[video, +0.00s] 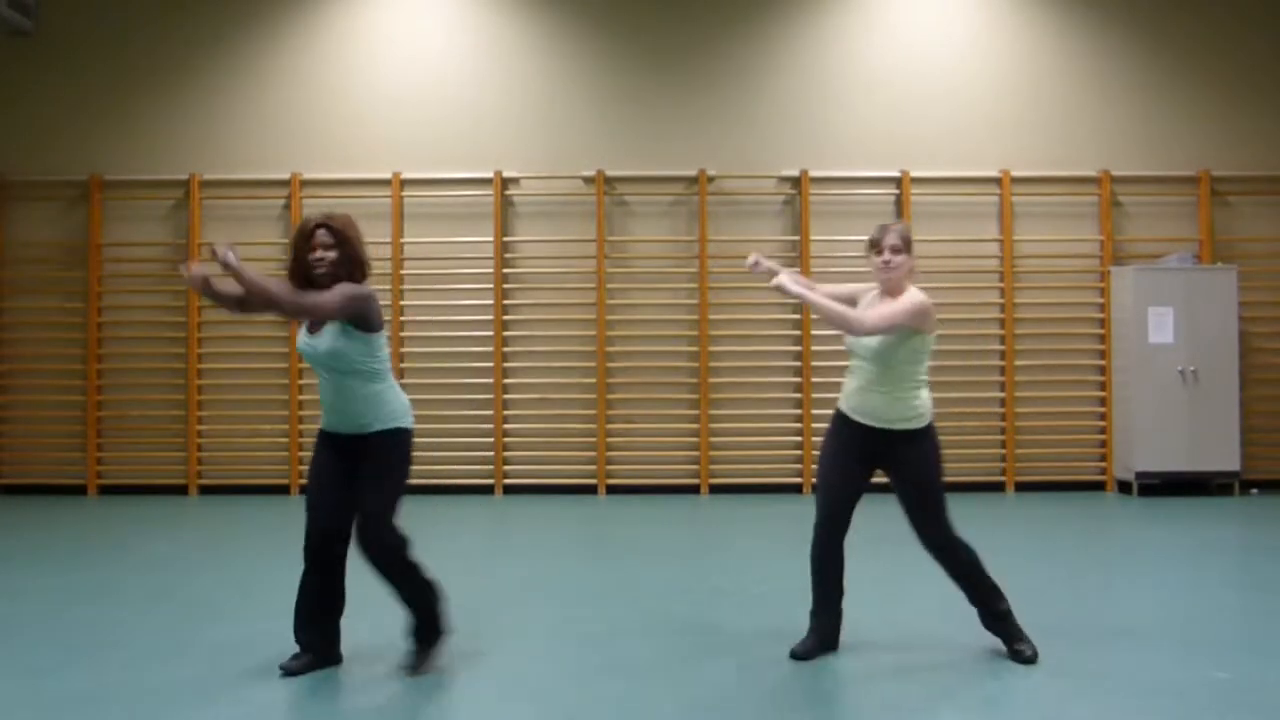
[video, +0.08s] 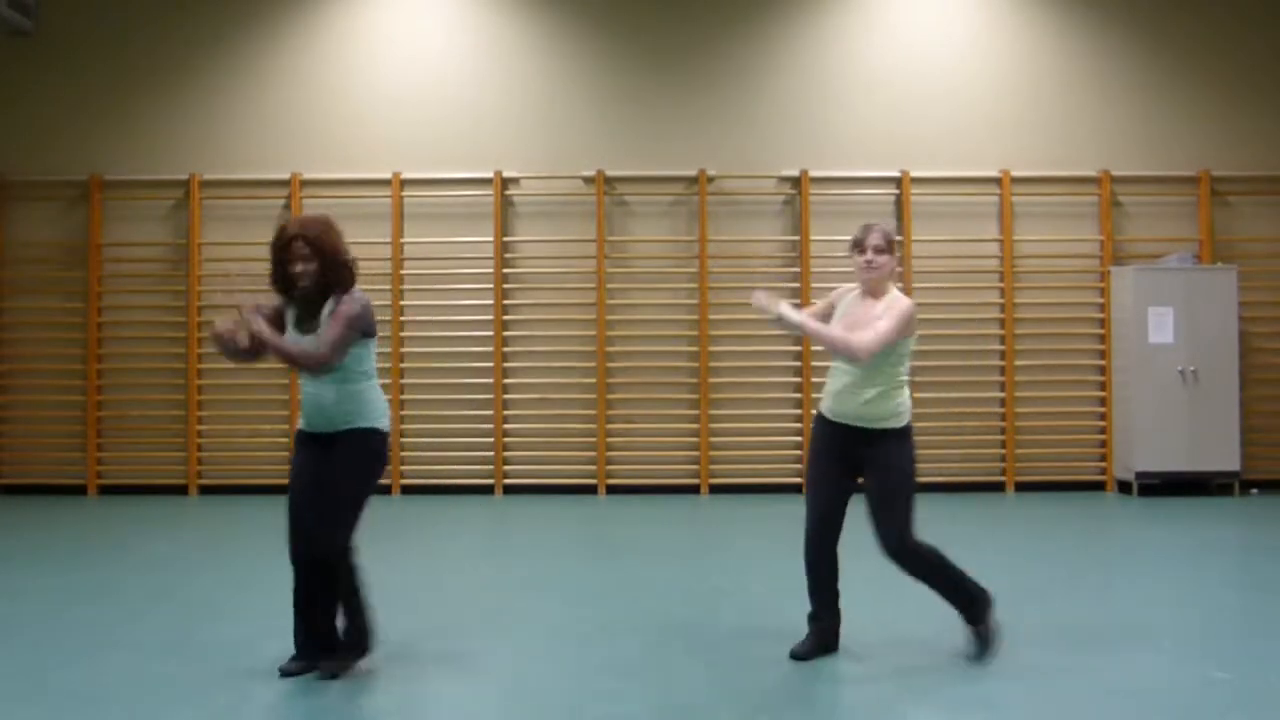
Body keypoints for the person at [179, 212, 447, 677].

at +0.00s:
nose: (321, 255)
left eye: (330, 247)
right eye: (313, 248)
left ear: (349, 253)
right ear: (302, 257)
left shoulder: (358, 297)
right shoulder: (302, 298)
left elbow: (299, 305)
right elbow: (247, 301)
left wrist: (238, 268)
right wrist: (206, 284)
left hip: (385, 434)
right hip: (335, 436)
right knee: (323, 544)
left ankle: (428, 619)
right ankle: (320, 648)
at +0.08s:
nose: (300, 268)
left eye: (309, 258)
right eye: (291, 260)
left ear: (328, 260)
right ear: (283, 265)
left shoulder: (352, 304)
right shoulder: (288, 308)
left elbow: (321, 357)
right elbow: (253, 350)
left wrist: (263, 332)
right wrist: (230, 340)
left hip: (359, 433)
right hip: (314, 434)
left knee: (329, 539)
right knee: (304, 546)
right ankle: (314, 647)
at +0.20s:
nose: (274, 282)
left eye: (281, 271)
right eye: (267, 274)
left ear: (302, 267)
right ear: (261, 275)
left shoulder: (337, 309)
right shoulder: (275, 314)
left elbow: (331, 375)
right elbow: (282, 382)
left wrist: (268, 372)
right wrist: (252, 379)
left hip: (325, 439)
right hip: (282, 437)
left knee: (287, 540)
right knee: (248, 539)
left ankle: (319, 652)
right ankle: (296, 650)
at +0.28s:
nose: (265, 255)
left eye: (273, 245)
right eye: (258, 249)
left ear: (294, 247)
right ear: (253, 257)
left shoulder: (321, 299)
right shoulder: (265, 304)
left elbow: (297, 346)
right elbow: (255, 366)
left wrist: (248, 324)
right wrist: (220, 342)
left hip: (308, 435)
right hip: (263, 433)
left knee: (289, 544)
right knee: (211, 525)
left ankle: (319, 651)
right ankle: (262, 623)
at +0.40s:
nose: (254, 233)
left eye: (264, 228)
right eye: (249, 227)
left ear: (282, 240)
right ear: (240, 235)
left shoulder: (289, 290)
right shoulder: (233, 289)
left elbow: (245, 266)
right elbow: (192, 300)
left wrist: (193, 232)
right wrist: (164, 257)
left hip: (282, 431)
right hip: (232, 430)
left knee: (286, 537)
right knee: (183, 519)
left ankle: (316, 651)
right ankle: (168, 622)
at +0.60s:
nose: (217, 254)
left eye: (229, 251)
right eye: (212, 247)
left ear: (243, 267)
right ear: (200, 256)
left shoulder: (243, 313)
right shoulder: (187, 294)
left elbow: (192, 287)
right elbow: (147, 250)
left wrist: (154, 230)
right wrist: (97, 219)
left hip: (225, 447)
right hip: (172, 443)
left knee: (211, 546)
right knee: (137, 543)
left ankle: (287, 640)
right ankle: (111, 648)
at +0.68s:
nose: (197, 269)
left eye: (209, 265)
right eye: (192, 262)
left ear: (226, 277)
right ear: (183, 269)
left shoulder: (238, 328)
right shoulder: (174, 299)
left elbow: (195, 362)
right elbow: (128, 282)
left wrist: (167, 302)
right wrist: (107, 283)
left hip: (207, 454)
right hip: (154, 443)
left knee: (159, 543)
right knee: (123, 546)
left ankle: (222, 616)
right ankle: (114, 647)